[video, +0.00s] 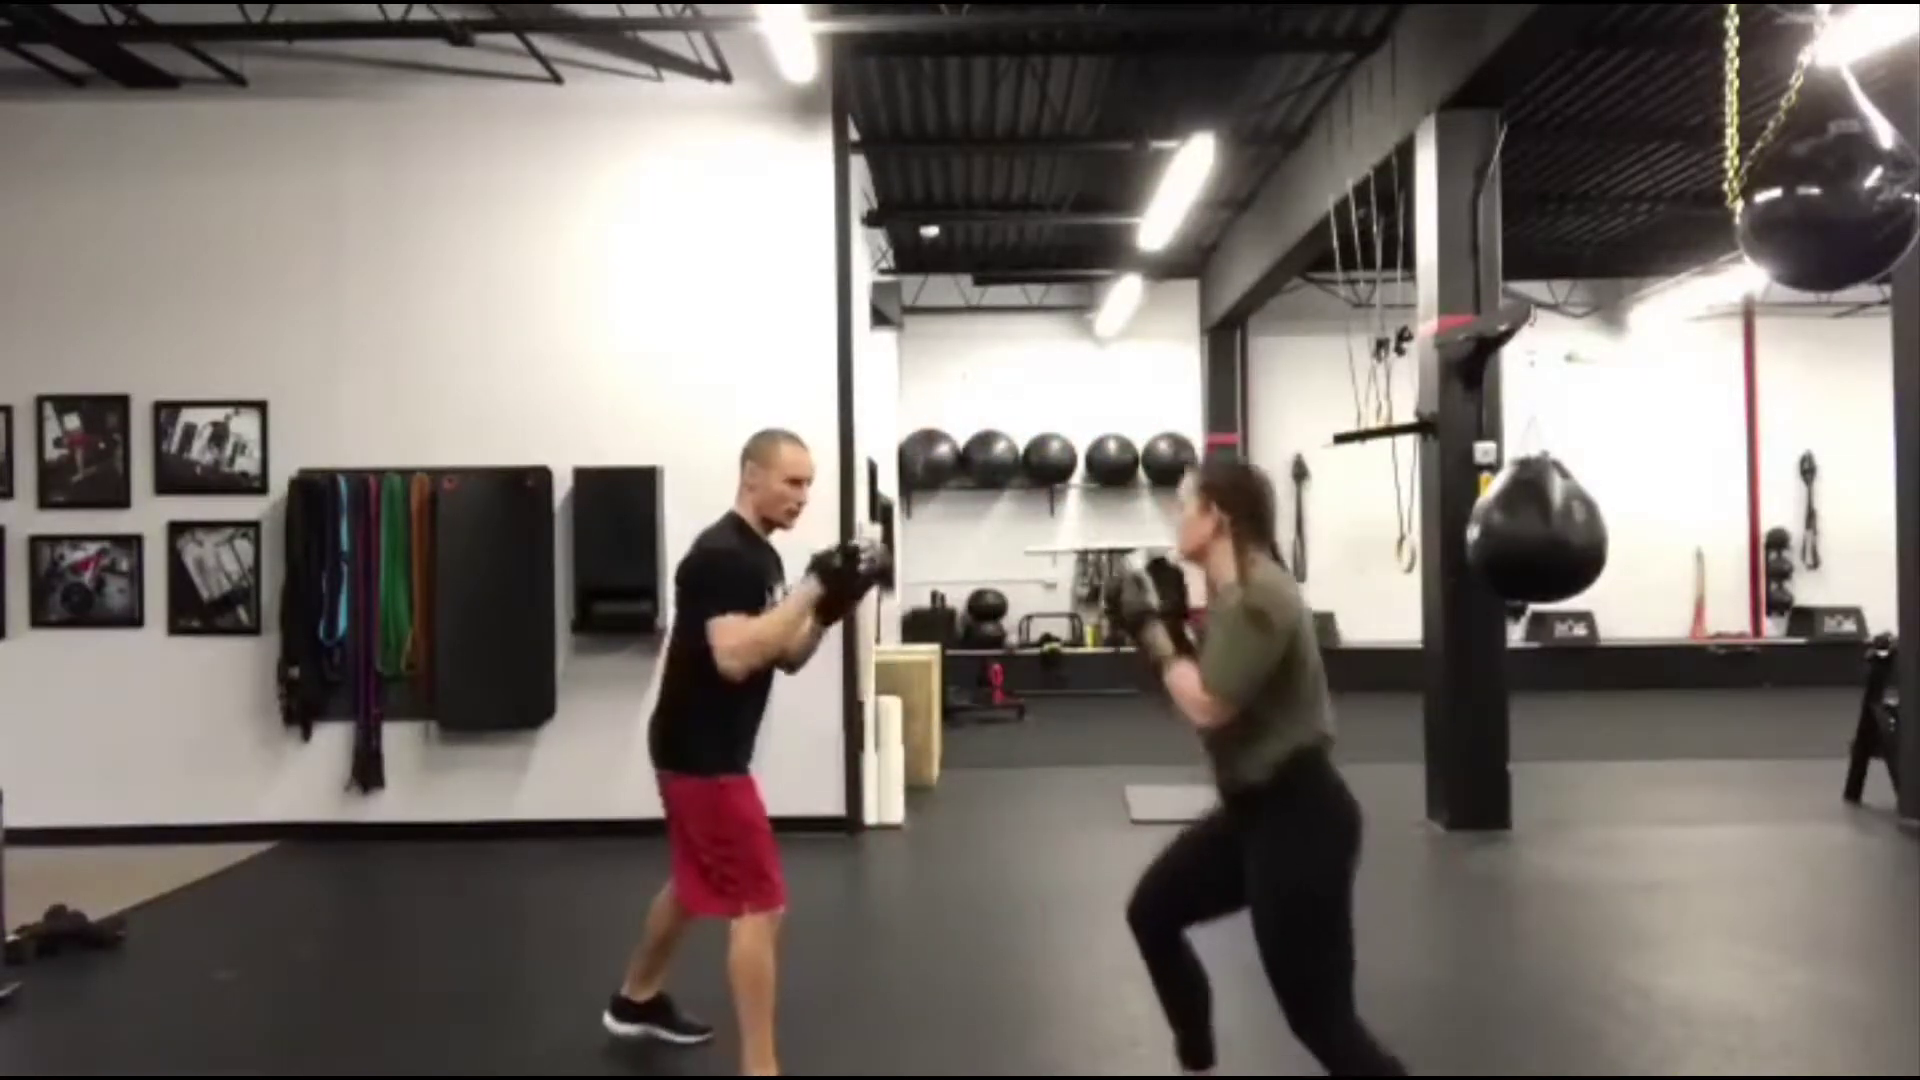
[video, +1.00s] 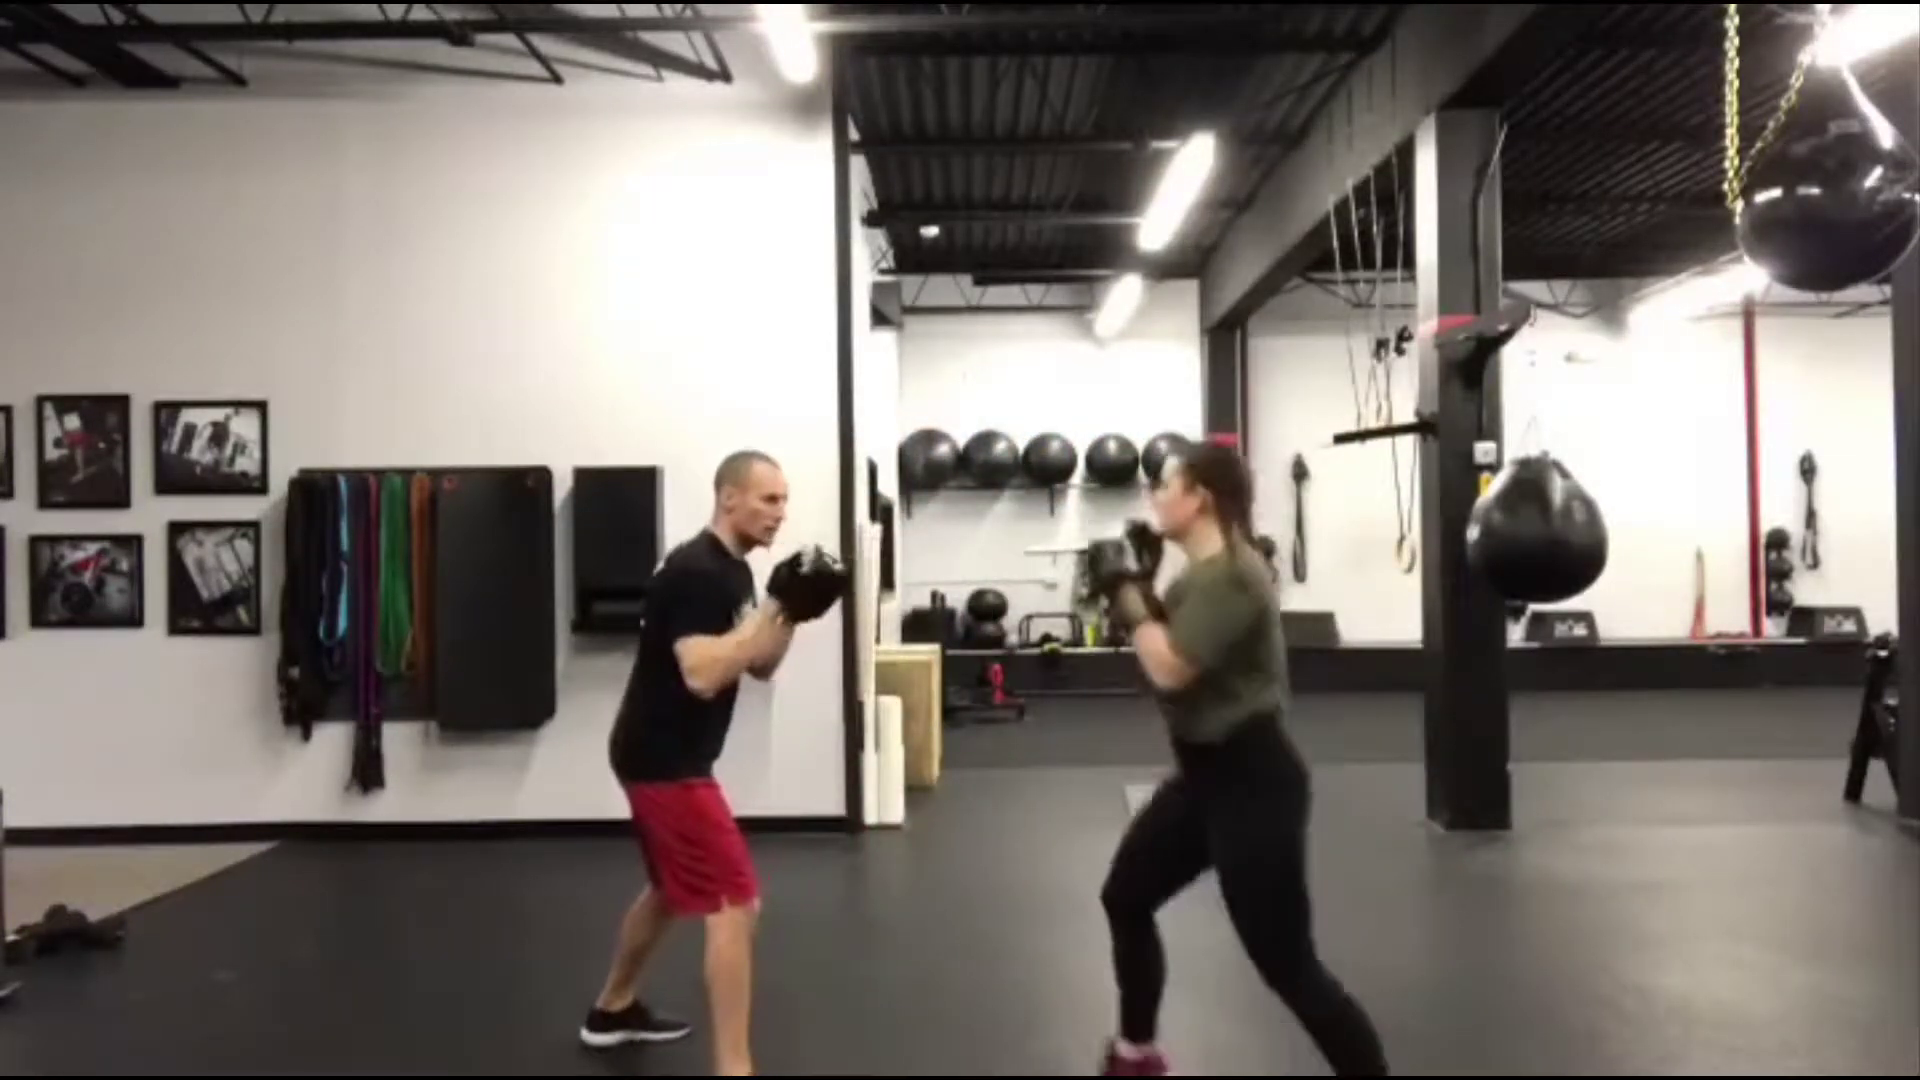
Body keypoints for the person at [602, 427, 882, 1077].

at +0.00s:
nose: (801, 497)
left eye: (806, 485)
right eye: (792, 483)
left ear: (792, 487)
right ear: (750, 478)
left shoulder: (760, 558)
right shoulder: (720, 556)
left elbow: (788, 655)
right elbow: (733, 654)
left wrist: (831, 605)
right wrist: (811, 593)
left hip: (709, 754)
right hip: (701, 758)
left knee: (694, 882)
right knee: (760, 903)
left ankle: (636, 1000)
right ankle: (761, 1066)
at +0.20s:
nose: (784, 507)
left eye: (788, 495)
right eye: (772, 494)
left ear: (779, 499)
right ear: (733, 494)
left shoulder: (744, 570)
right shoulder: (703, 570)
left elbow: (739, 672)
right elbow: (687, 675)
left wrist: (790, 638)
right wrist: (777, 630)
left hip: (698, 760)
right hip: (691, 765)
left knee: (685, 890)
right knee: (763, 901)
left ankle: (619, 1009)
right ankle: (760, 1066)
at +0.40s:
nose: (774, 498)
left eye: (778, 487)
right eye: (763, 485)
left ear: (761, 493)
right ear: (725, 486)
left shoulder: (738, 564)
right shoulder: (691, 561)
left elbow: (755, 662)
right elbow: (666, 668)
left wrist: (789, 612)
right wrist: (749, 624)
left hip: (683, 752)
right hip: (674, 756)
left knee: (670, 887)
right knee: (732, 900)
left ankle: (618, 1010)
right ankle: (746, 1063)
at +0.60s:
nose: (781, 505)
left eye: (785, 494)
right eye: (770, 492)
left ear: (770, 499)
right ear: (729, 493)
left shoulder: (730, 569)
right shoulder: (703, 569)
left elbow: (751, 671)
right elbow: (699, 670)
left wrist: (792, 623)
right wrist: (781, 614)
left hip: (673, 760)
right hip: (679, 765)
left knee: (675, 891)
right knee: (750, 905)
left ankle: (617, 1012)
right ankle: (737, 1067)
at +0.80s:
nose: (789, 508)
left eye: (792, 496)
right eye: (777, 494)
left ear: (773, 498)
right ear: (736, 493)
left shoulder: (741, 566)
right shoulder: (703, 567)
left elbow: (759, 662)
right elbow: (713, 668)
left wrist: (793, 602)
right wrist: (783, 600)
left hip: (678, 756)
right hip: (672, 761)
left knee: (671, 885)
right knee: (743, 905)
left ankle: (617, 1003)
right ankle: (736, 1066)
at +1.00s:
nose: (780, 513)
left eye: (783, 501)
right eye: (770, 500)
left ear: (749, 504)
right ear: (730, 499)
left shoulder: (733, 571)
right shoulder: (692, 570)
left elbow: (760, 663)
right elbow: (702, 674)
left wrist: (789, 612)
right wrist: (772, 615)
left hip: (673, 758)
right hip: (662, 762)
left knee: (671, 887)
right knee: (734, 904)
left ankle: (613, 1008)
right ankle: (735, 1066)